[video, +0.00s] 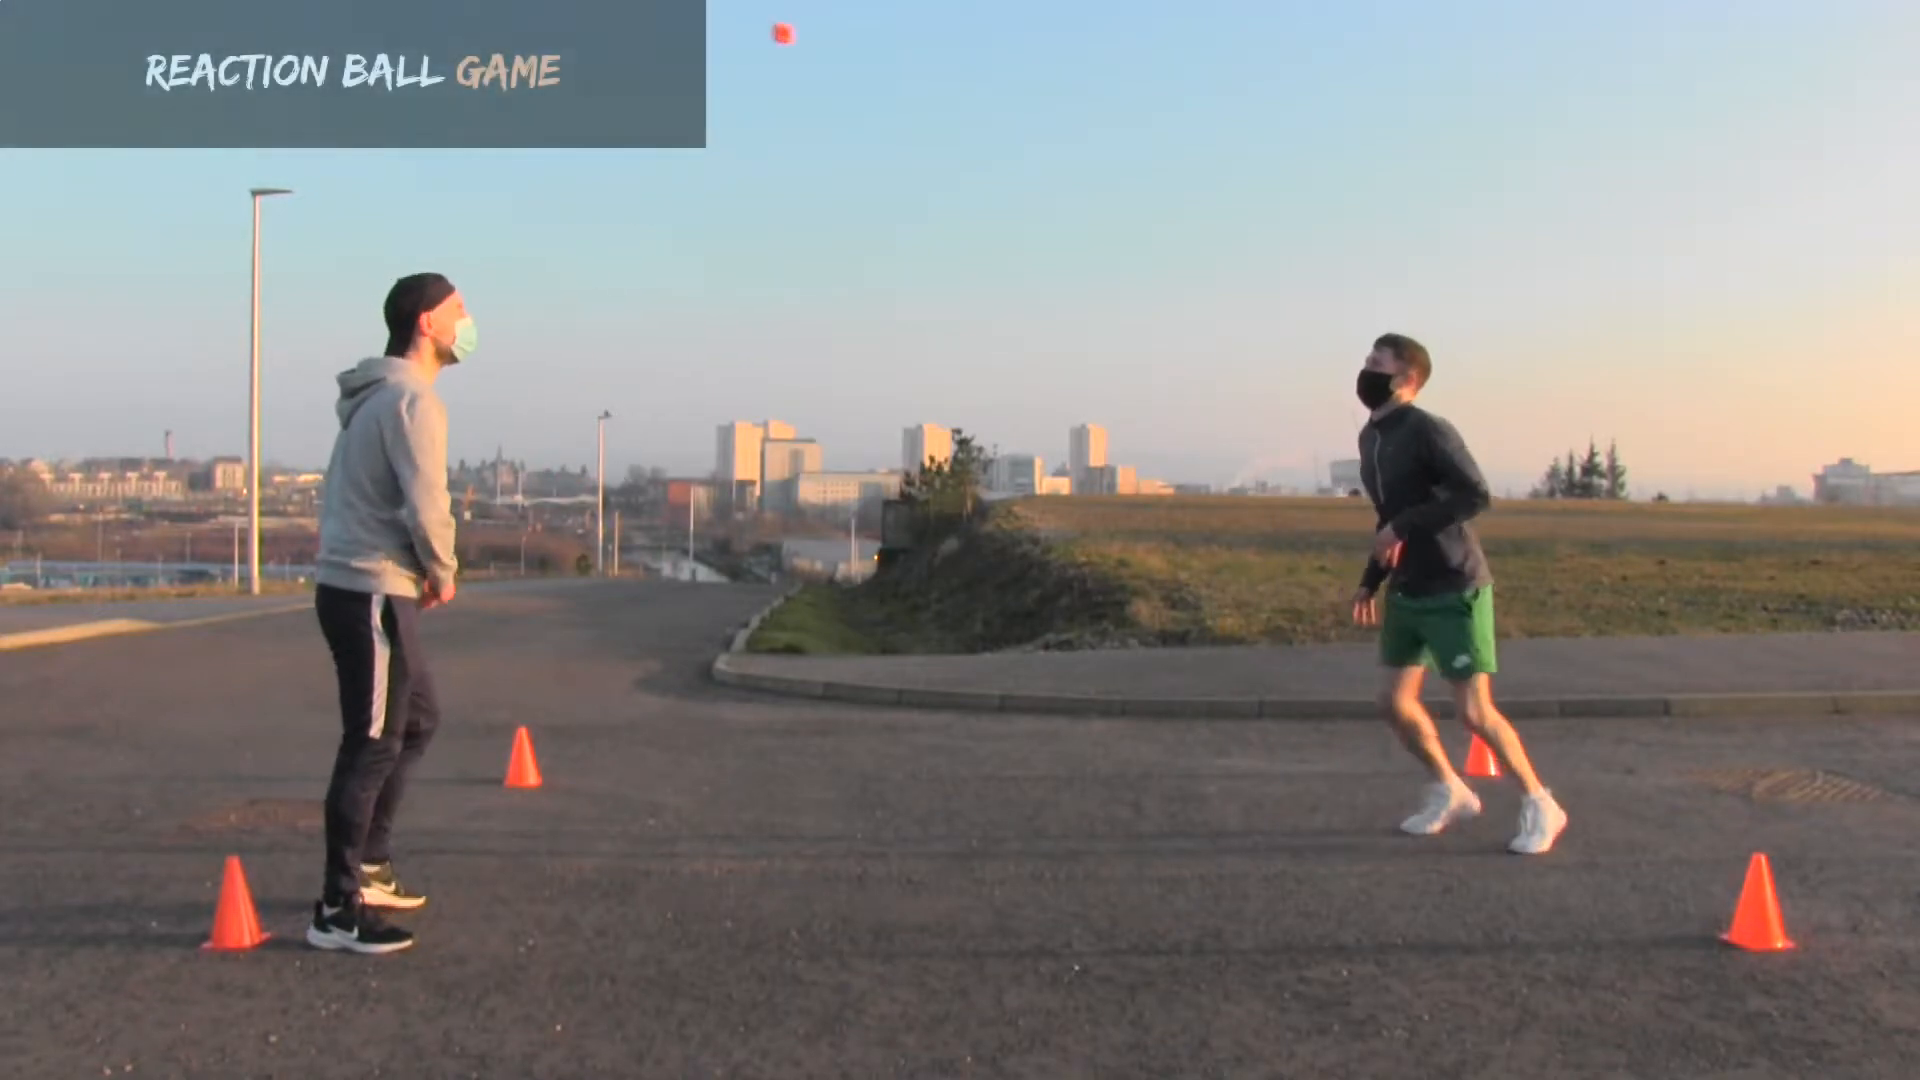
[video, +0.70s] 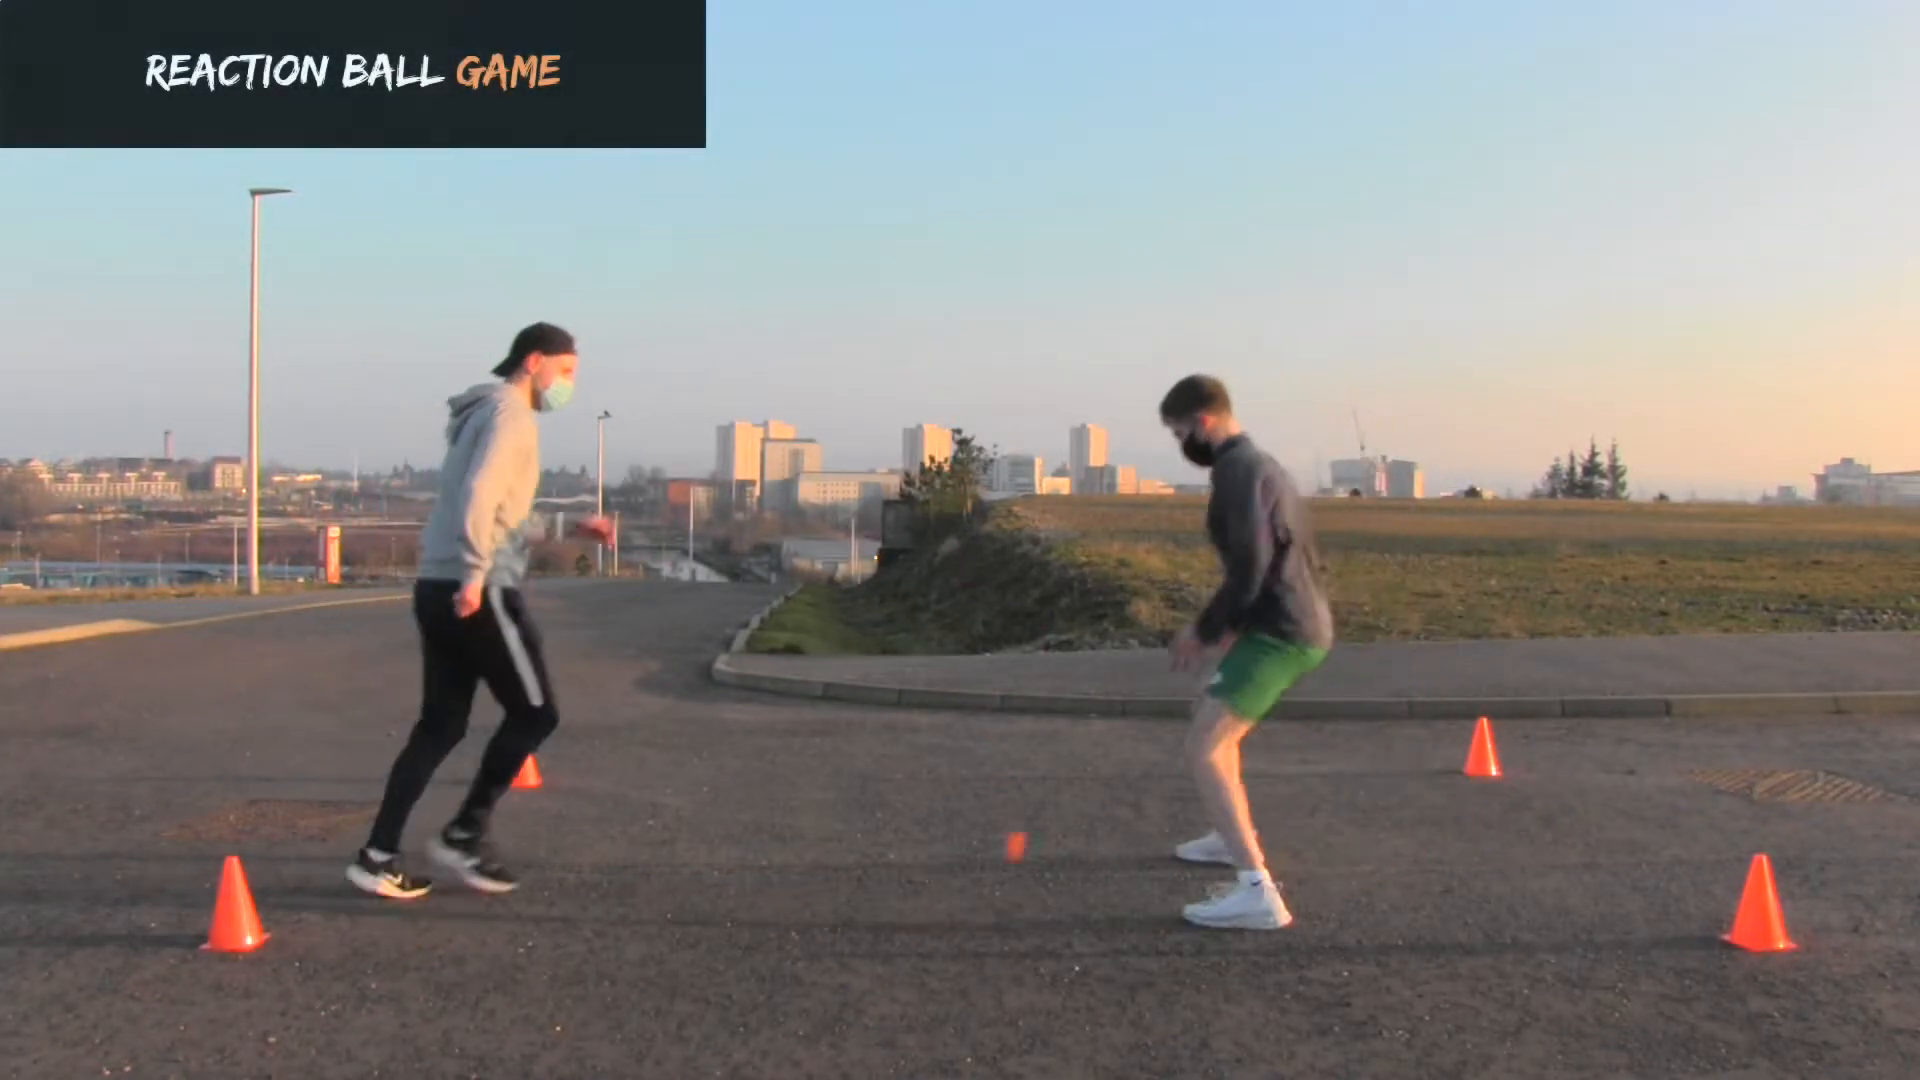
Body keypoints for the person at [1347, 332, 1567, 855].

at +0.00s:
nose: (1366, 368)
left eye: (1379, 361)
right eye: (1367, 359)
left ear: (1409, 377)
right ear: (1374, 371)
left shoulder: (1430, 431)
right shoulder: (1371, 438)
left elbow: (1475, 495)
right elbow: (1392, 522)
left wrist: (1400, 528)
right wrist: (1371, 582)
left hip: (1458, 591)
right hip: (1407, 592)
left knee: (1476, 709)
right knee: (1398, 701)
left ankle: (1541, 801)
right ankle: (1451, 788)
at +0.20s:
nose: (1330, 402)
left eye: (1343, 397)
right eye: (1332, 394)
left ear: (1375, 408)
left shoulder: (1393, 459)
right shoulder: (1353, 464)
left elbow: (1423, 538)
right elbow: (1382, 549)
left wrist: (1342, 558)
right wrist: (1350, 603)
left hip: (1448, 607)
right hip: (1395, 604)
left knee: (1474, 724)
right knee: (1331, 686)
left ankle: (1544, 805)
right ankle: (1350, 811)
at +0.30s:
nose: (1289, 398)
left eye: (1300, 390)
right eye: (1290, 389)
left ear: (1333, 398)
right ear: (1321, 399)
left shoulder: (1348, 451)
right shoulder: (1326, 458)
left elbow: (1374, 532)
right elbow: (1357, 549)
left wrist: (1297, 562)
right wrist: (1315, 601)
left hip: (1406, 613)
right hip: (1359, 611)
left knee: (1413, 742)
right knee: (1305, 705)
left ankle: (1517, 785)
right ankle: (1322, 835)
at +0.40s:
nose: (1263, 399)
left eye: (1270, 389)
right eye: (1263, 389)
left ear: (1305, 390)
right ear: (1303, 392)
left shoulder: (1327, 443)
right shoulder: (1308, 452)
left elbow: (1357, 522)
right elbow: (1332, 540)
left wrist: (1281, 556)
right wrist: (1291, 588)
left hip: (1377, 611)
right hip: (1335, 607)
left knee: (1348, 740)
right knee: (1288, 710)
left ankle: (1465, 783)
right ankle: (1320, 835)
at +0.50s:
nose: (1229, 393)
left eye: (1235, 380)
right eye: (1226, 383)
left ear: (1266, 372)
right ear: (1264, 376)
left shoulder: (1298, 420)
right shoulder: (1281, 427)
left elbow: (1338, 487)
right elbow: (1309, 502)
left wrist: (1270, 538)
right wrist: (1266, 548)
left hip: (1339, 590)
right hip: (1311, 587)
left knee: (1280, 713)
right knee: (1266, 704)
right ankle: (1311, 823)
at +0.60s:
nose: (1205, 404)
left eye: (1209, 392)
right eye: (1202, 394)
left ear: (1238, 380)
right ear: (1242, 380)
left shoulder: (1277, 424)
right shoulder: (1266, 427)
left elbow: (1309, 497)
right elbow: (1291, 508)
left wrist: (1248, 556)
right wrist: (1256, 566)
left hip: (1316, 595)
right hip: (1295, 591)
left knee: (1259, 719)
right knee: (1236, 693)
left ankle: (1296, 861)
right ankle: (1276, 821)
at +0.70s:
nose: (1177, 443)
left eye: (1179, 430)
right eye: (1173, 432)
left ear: (1205, 420)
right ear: (1220, 417)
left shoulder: (1240, 473)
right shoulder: (1254, 466)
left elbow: (1250, 572)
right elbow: (1257, 570)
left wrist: (1203, 632)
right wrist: (1213, 630)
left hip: (1282, 630)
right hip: (1294, 625)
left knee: (1207, 749)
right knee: (1210, 720)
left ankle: (1258, 890)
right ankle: (1233, 836)